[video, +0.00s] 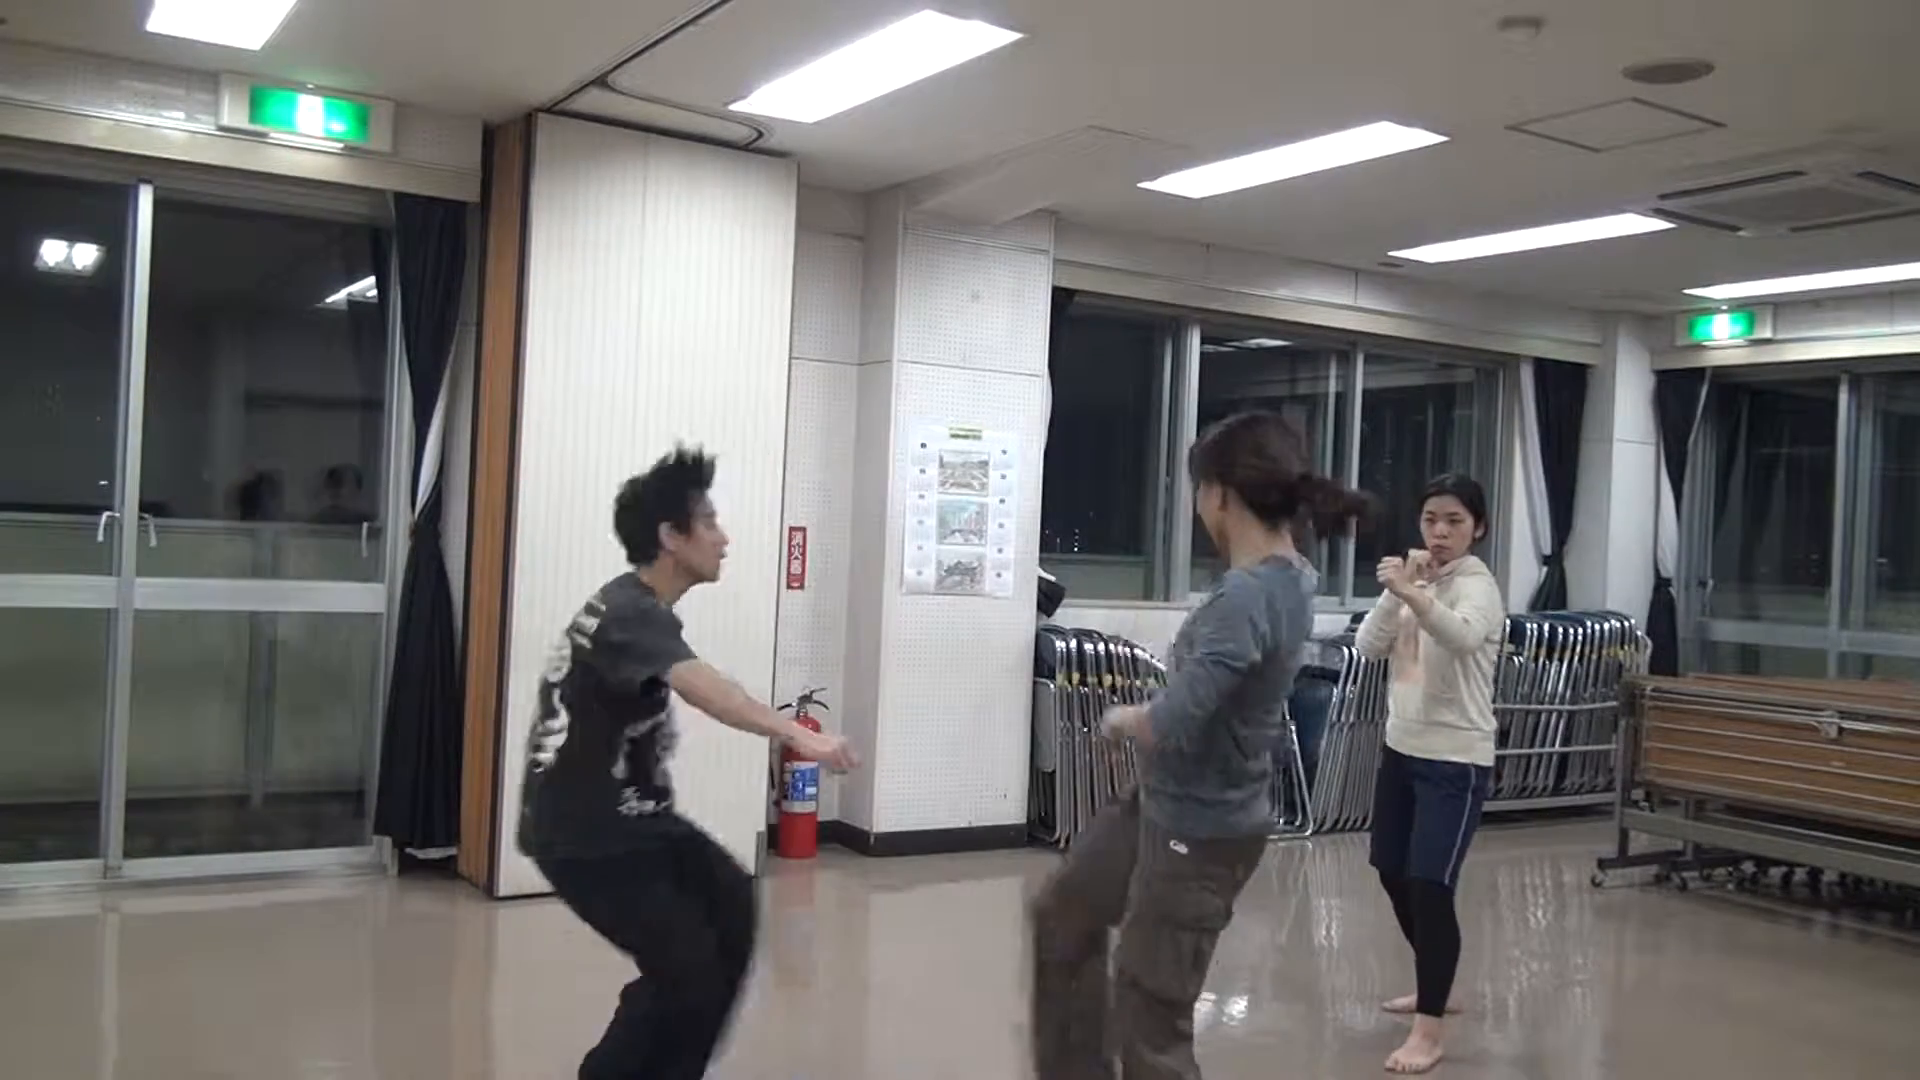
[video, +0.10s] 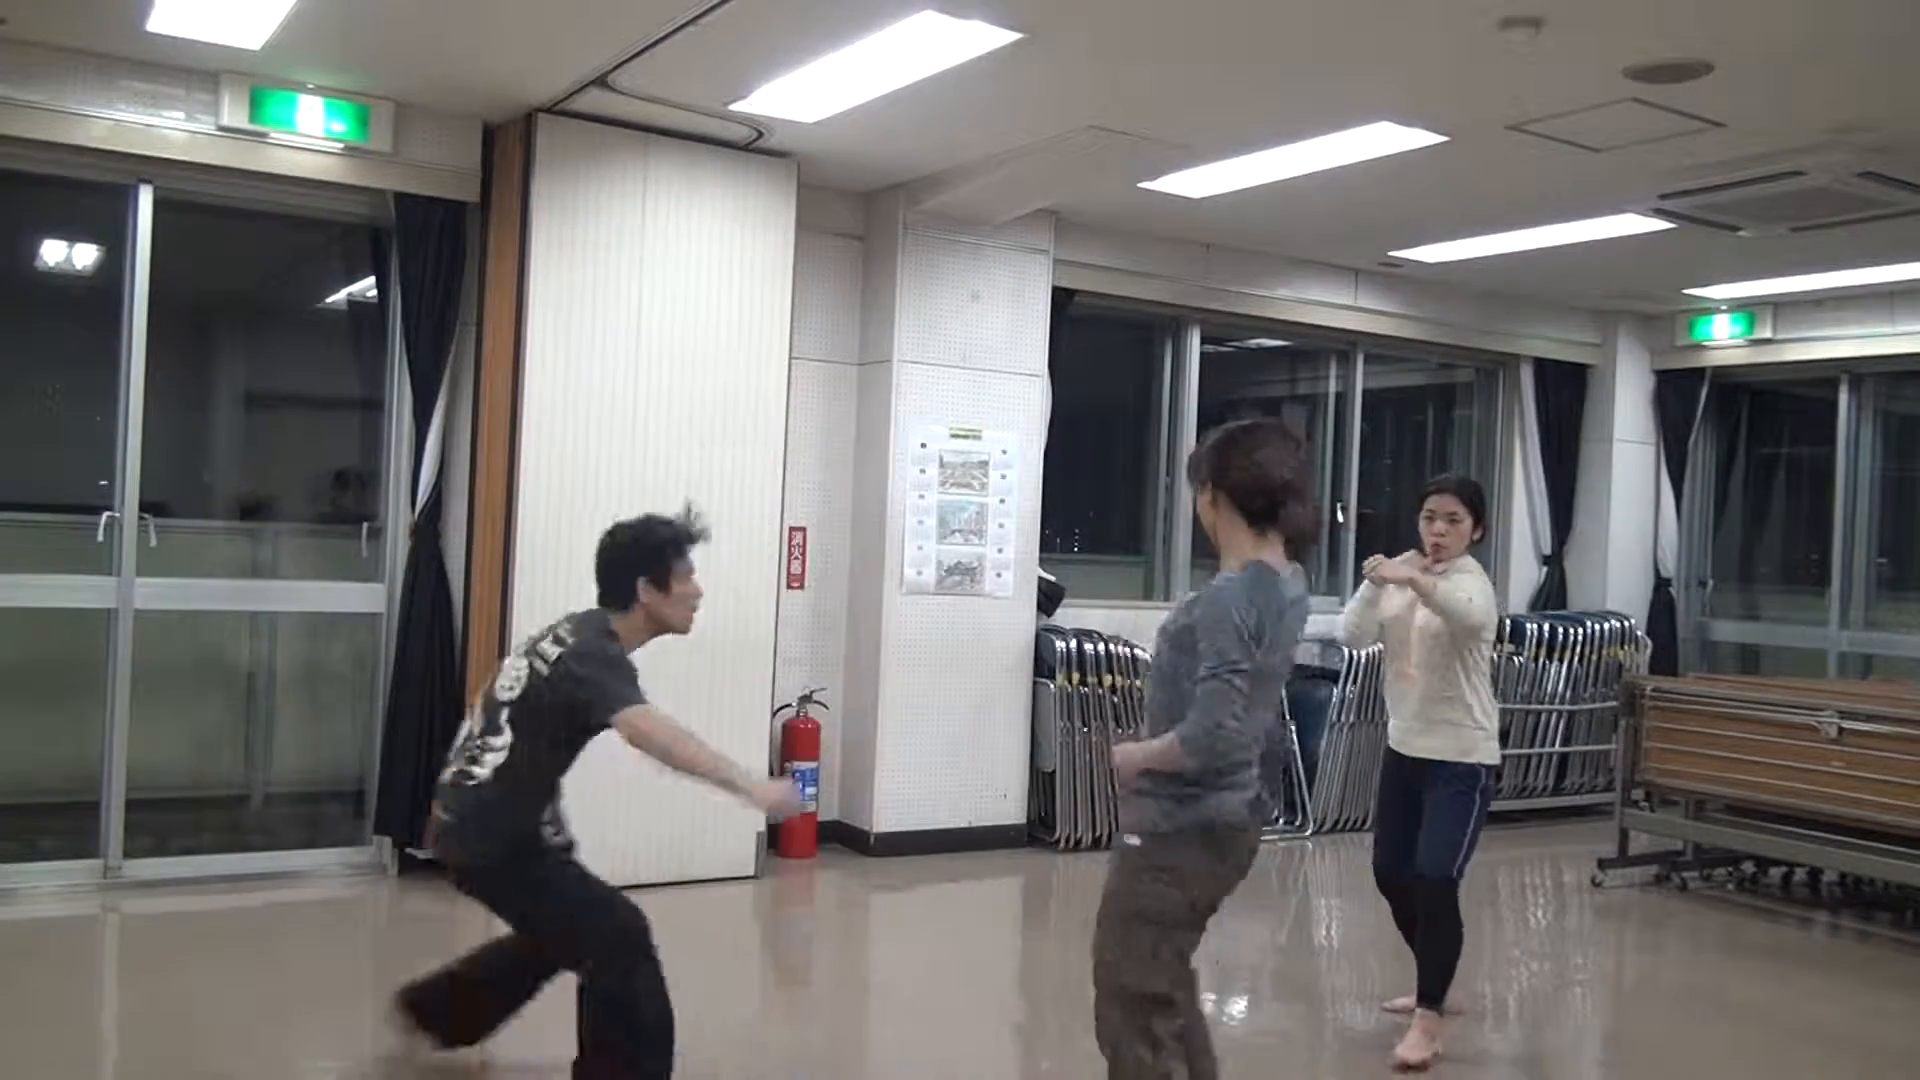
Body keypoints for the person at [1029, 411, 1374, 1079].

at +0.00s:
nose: (1197, 504)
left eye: (1199, 489)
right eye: (1197, 489)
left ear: (1221, 496)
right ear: (1284, 492)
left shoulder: (1246, 599)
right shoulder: (1285, 579)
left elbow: (1170, 723)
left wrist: (1122, 719)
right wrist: (1160, 725)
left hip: (1201, 833)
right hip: (1160, 810)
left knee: (1151, 1022)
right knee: (1061, 914)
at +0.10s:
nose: (1197, 506)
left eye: (1199, 491)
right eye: (1198, 492)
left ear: (1213, 497)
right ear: (1284, 497)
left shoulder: (1232, 597)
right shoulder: (1284, 587)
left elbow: (1216, 732)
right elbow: (1238, 714)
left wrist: (1142, 755)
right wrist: (1159, 748)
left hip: (1185, 829)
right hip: (1224, 825)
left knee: (1126, 998)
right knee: (1162, 987)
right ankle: (1192, 1070)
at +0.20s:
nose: (1199, 509)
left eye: (1202, 497)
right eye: (1201, 497)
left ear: (1212, 505)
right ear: (1289, 504)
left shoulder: (1201, 591)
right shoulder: (1309, 602)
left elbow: (1213, 717)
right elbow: (1294, 727)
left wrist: (1146, 757)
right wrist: (1233, 755)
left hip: (1163, 829)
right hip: (1245, 832)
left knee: (1125, 995)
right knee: (1229, 985)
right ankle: (1246, 1075)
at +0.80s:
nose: (1221, 536)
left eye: (1223, 522)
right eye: (1220, 521)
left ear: (1153, 511)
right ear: (1199, 521)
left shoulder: (1116, 580)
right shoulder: (1150, 587)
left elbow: (1143, 693)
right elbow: (1189, 700)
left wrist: (1174, 769)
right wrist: (1244, 771)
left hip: (1038, 801)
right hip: (1082, 810)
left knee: (1058, 979)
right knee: (1170, 986)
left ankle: (1021, 1076)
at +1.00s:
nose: (1160, 551)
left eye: (1163, 536)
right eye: (1160, 534)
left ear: (1099, 525)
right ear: (1135, 531)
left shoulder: (1104, 609)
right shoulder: (1052, 613)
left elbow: (1106, 703)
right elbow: (1095, 735)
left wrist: (1160, 674)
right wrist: (1159, 673)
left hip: (1074, 838)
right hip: (1020, 835)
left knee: (1099, 976)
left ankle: (1034, 1073)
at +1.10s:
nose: (1153, 555)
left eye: (1155, 540)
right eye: (1151, 539)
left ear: (1102, 538)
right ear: (1122, 541)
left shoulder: (1099, 606)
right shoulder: (1049, 625)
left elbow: (1131, 654)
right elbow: (1148, 718)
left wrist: (1186, 631)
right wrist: (1188, 642)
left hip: (1053, 833)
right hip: (993, 833)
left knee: (1096, 958)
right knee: (990, 1039)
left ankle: (1039, 1072)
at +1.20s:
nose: (1151, 560)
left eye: (1151, 546)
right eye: (1148, 545)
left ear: (1099, 549)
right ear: (1121, 552)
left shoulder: (1097, 616)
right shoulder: (1058, 638)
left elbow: (1168, 654)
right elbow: (1162, 687)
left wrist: (1260, 639)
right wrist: (1258, 658)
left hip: (1042, 836)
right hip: (982, 841)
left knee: (1089, 954)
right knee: (1000, 1042)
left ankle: (1051, 1070)